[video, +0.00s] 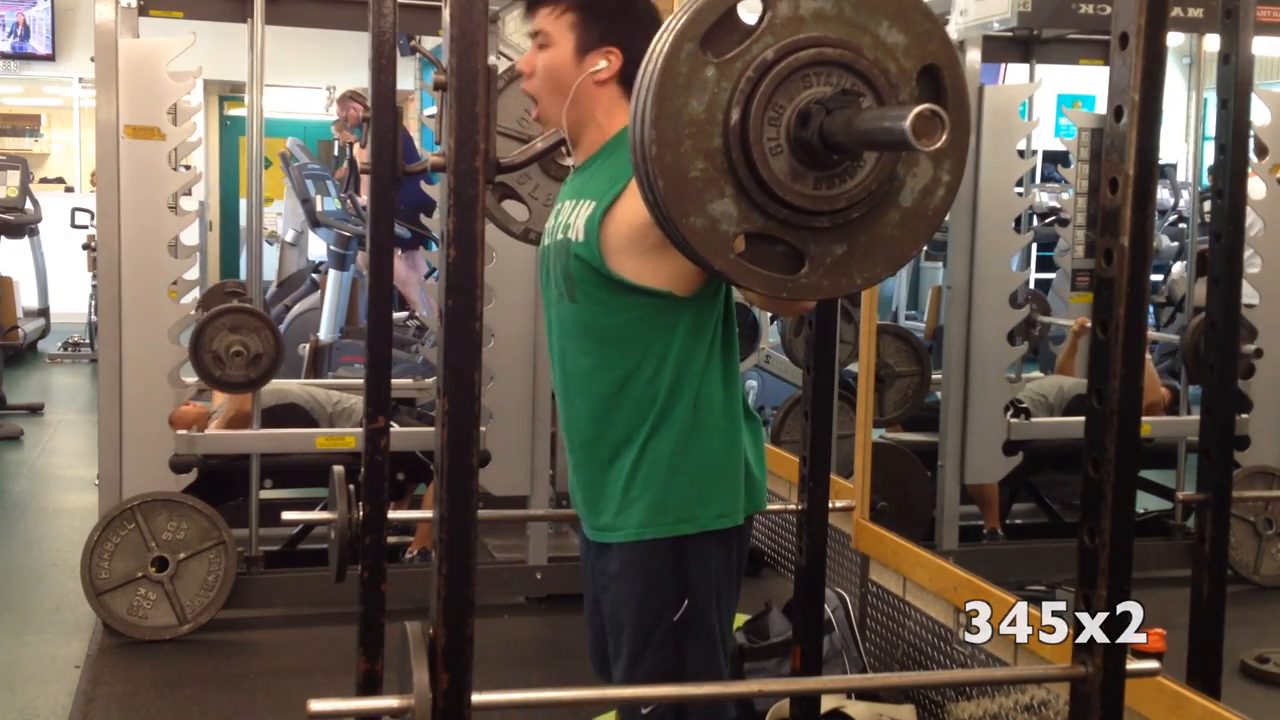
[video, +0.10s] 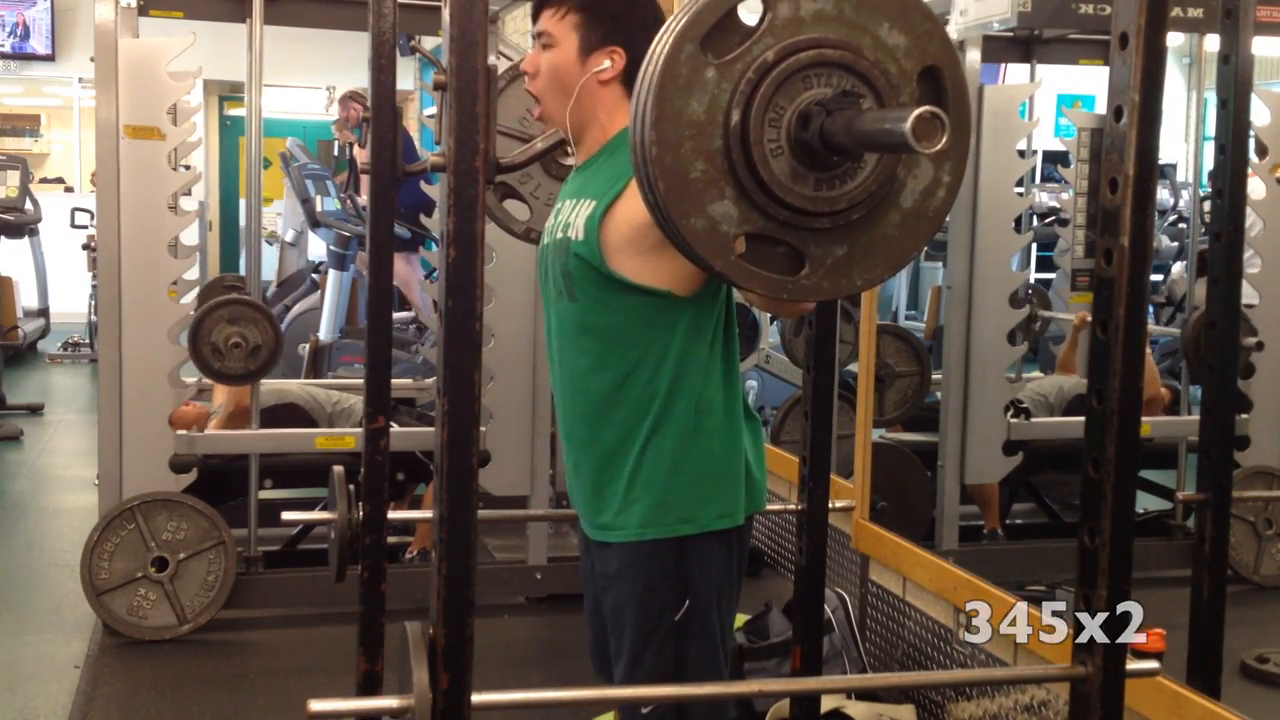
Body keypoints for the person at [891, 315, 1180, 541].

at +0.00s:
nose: (1158, 395)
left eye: (1162, 396)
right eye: (1160, 393)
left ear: (1161, 404)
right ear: (1153, 396)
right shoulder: (1098, 390)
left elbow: (1153, 399)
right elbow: (1060, 378)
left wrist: (1140, 347)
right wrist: (1075, 337)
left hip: (1020, 416)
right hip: (1001, 407)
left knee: (977, 452)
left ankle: (993, 530)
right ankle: (992, 527)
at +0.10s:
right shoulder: (1088, 391)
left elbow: (1153, 397)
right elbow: (1063, 375)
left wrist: (1139, 340)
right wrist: (1076, 332)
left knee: (979, 453)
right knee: (978, 452)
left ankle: (992, 529)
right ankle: (992, 528)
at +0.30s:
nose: (1162, 392)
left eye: (1163, 395)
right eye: (1163, 392)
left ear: (1160, 407)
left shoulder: (1124, 415)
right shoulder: (1083, 389)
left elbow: (1152, 390)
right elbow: (1070, 365)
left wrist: (1141, 334)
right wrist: (1079, 323)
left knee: (979, 451)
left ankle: (992, 529)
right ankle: (991, 527)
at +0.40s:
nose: (1158, 389)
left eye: (1162, 394)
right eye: (1161, 389)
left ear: (1161, 409)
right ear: (1148, 394)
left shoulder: (1142, 408)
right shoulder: (1100, 389)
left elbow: (1150, 382)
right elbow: (1074, 360)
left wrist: (1140, 325)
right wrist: (1082, 318)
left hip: (1017, 414)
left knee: (979, 451)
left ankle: (992, 530)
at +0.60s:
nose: (1158, 387)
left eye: (1162, 392)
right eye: (1160, 387)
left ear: (1162, 407)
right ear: (1150, 390)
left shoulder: (1145, 403)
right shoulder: (1107, 386)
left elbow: (1149, 372)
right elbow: (1077, 359)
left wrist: (1142, 317)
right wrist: (1082, 311)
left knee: (977, 442)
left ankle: (992, 528)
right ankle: (991, 526)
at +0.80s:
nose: (1154, 395)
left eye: (1161, 397)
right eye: (1158, 390)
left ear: (1163, 410)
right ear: (1151, 387)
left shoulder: (1145, 415)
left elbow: (1150, 372)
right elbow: (1081, 353)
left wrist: (1144, 313)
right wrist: (1081, 304)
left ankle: (992, 527)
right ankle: (992, 526)